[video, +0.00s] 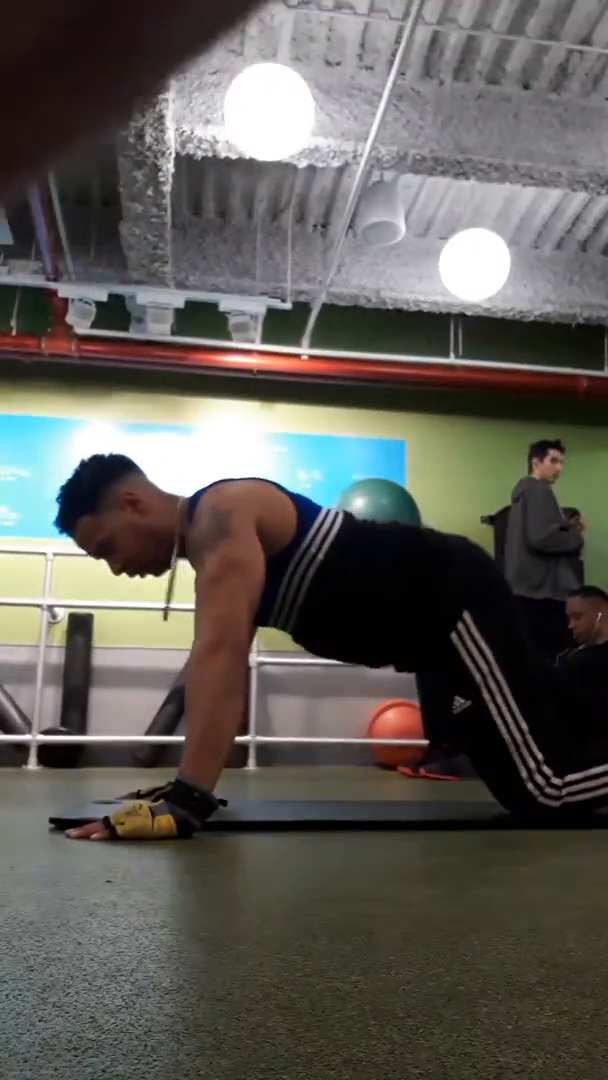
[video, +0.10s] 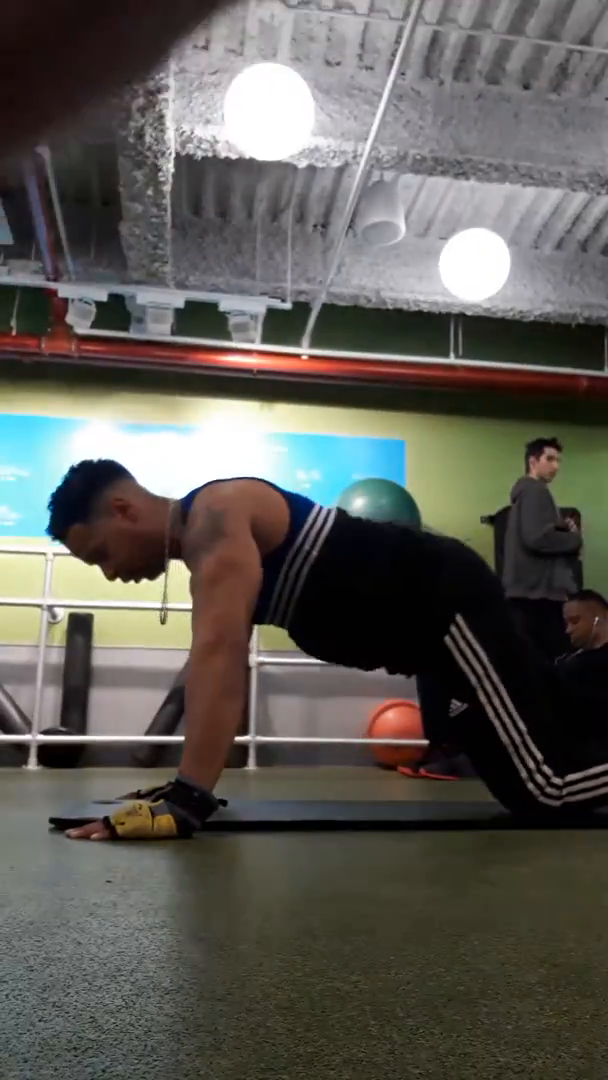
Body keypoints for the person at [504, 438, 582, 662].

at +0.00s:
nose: (559, 468)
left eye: (561, 462)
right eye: (554, 461)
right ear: (537, 462)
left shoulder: (526, 490)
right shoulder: (537, 491)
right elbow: (541, 537)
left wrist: (564, 525)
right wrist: (576, 538)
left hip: (528, 592)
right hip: (542, 595)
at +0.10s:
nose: (556, 466)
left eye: (557, 460)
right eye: (550, 459)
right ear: (533, 461)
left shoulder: (529, 490)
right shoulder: (534, 491)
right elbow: (536, 537)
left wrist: (560, 526)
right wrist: (574, 539)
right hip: (538, 596)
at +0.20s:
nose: (553, 464)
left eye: (555, 458)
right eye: (547, 457)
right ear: (531, 459)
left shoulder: (529, 488)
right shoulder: (531, 489)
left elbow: (534, 532)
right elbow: (536, 537)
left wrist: (560, 526)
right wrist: (574, 538)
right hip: (536, 596)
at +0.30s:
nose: (553, 462)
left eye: (555, 456)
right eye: (547, 455)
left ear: (558, 459)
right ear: (530, 458)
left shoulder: (533, 487)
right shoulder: (530, 488)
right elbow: (536, 537)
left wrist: (563, 527)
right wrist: (576, 539)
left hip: (538, 596)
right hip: (535, 598)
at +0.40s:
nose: (554, 458)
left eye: (556, 453)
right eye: (548, 451)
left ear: (559, 456)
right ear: (531, 456)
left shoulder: (538, 487)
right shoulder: (530, 485)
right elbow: (535, 538)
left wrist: (571, 531)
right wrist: (579, 540)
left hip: (543, 597)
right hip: (534, 598)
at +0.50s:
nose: (556, 455)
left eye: (559, 450)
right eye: (550, 449)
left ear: (562, 453)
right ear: (533, 454)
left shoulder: (543, 486)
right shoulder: (532, 485)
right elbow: (536, 539)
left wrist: (576, 535)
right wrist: (582, 542)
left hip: (549, 596)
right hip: (538, 597)